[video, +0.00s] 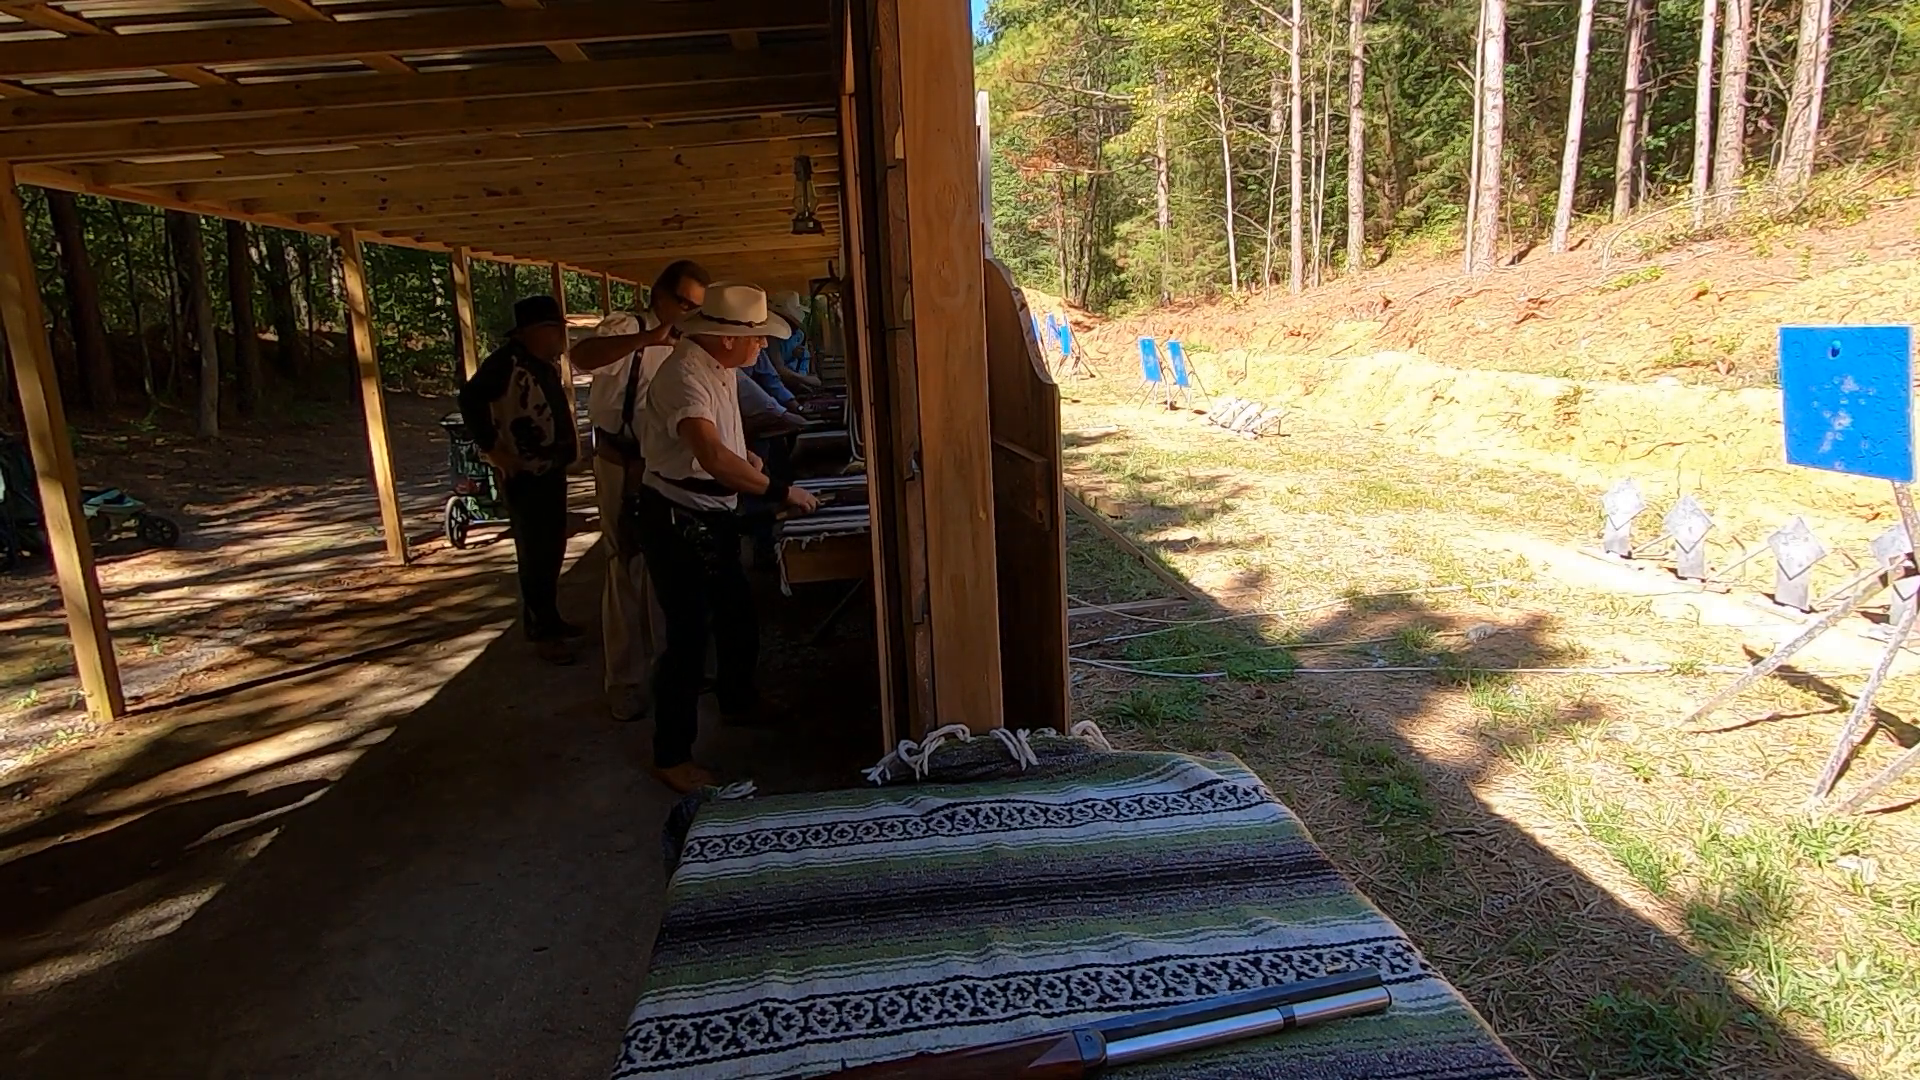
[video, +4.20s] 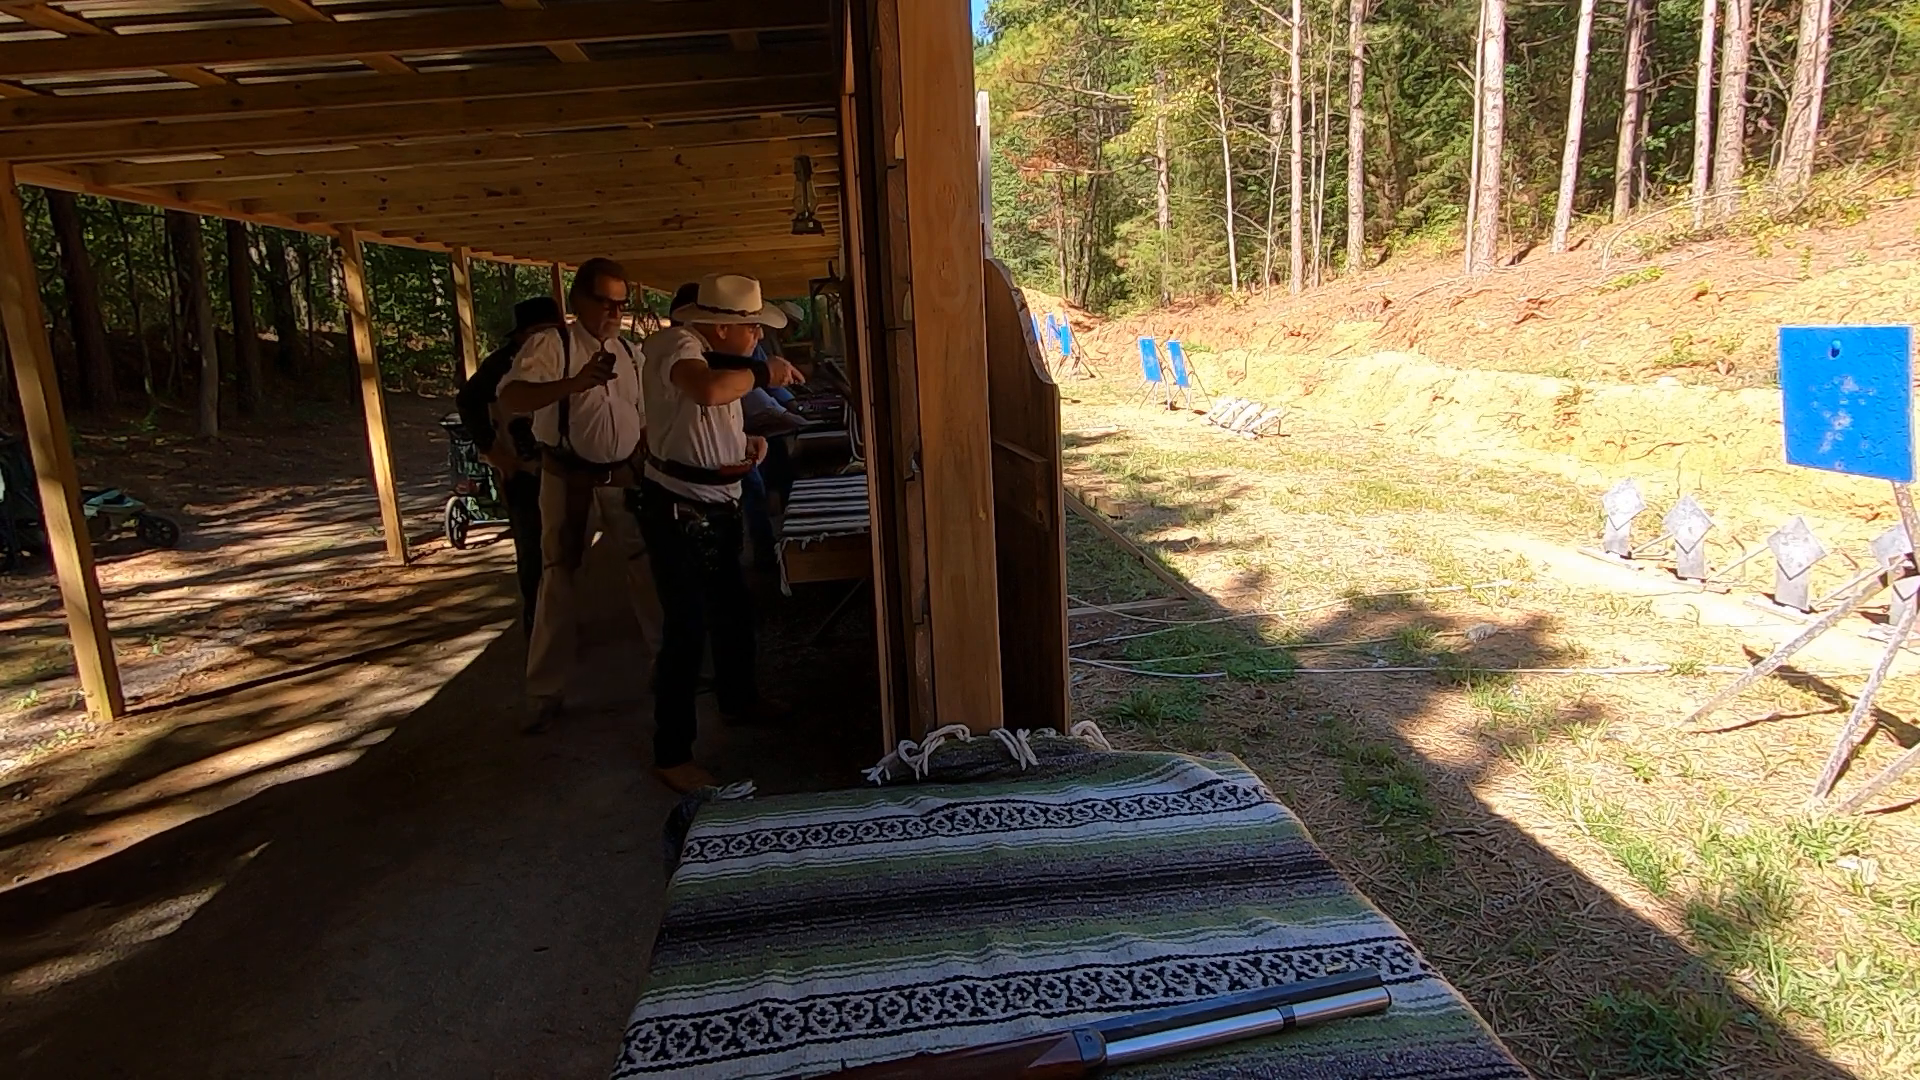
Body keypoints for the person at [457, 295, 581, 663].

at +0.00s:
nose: (563, 338)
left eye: (563, 330)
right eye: (557, 330)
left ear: (545, 332)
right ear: (534, 331)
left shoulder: (546, 365)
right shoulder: (507, 361)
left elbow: (550, 410)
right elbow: (470, 399)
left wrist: (565, 445)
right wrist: (491, 448)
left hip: (551, 472)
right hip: (525, 475)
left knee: (552, 550)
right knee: (536, 553)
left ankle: (549, 620)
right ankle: (541, 630)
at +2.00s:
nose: (562, 339)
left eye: (562, 331)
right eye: (556, 331)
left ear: (546, 334)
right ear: (533, 333)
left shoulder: (545, 366)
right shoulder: (505, 362)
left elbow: (551, 412)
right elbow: (468, 400)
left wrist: (567, 446)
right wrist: (489, 448)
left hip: (551, 473)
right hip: (524, 475)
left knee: (553, 549)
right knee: (536, 552)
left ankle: (549, 620)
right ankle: (540, 630)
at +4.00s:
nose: (560, 336)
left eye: (561, 328)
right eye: (554, 329)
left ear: (542, 331)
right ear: (533, 330)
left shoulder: (548, 364)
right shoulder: (505, 362)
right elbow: (468, 400)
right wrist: (492, 449)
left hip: (555, 472)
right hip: (526, 475)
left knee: (554, 548)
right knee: (536, 552)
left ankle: (554, 619)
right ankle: (539, 624)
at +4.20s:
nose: (553, 336)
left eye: (555, 328)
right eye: (545, 329)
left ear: (560, 327)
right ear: (528, 331)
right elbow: (468, 399)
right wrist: (492, 450)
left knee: (565, 548)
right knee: (532, 551)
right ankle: (536, 625)